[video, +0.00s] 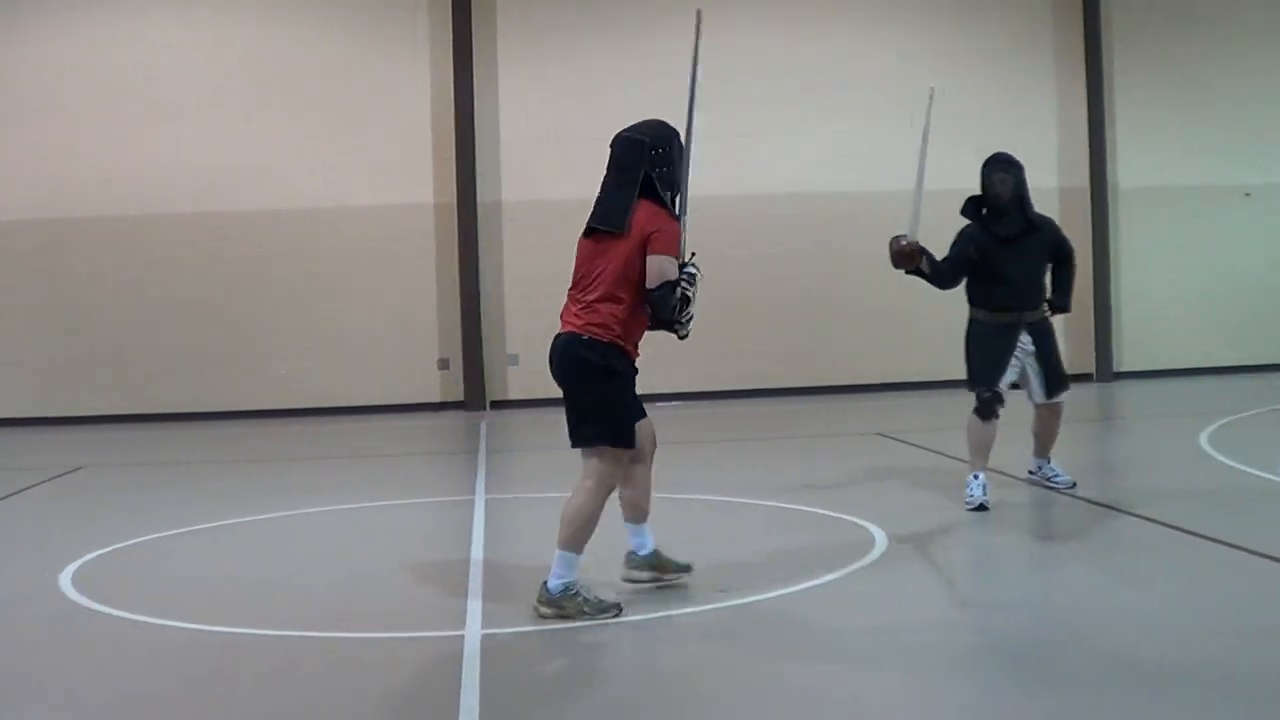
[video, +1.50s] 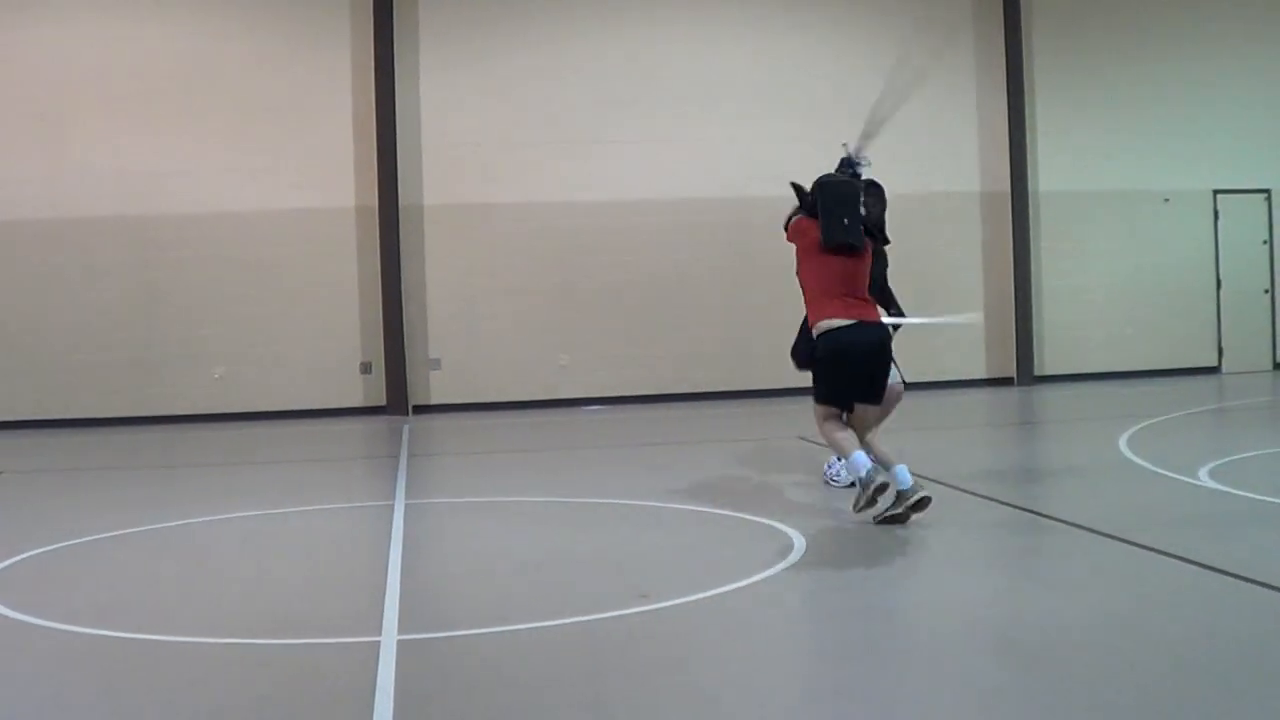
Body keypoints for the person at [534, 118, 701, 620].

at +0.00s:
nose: (680, 170)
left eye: (677, 159)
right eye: (677, 161)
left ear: (624, 163)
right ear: (664, 165)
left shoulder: (602, 213)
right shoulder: (658, 219)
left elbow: (600, 284)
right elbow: (661, 302)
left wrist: (663, 286)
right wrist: (679, 307)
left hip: (571, 347)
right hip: (601, 355)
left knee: (641, 442)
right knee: (605, 468)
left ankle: (641, 553)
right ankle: (559, 585)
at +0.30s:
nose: (688, 195)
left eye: (685, 186)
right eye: (684, 186)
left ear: (630, 190)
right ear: (673, 188)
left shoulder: (613, 236)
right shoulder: (674, 233)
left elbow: (607, 323)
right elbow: (682, 313)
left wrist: (666, 352)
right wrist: (696, 319)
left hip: (596, 363)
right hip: (608, 369)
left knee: (663, 462)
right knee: (609, 485)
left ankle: (678, 568)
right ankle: (520, 572)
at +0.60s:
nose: (733, 204)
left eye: (730, 196)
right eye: (730, 197)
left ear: (674, 198)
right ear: (719, 199)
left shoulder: (654, 246)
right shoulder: (722, 245)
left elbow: (656, 326)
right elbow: (729, 308)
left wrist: (714, 355)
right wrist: (744, 332)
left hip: (621, 372)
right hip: (661, 374)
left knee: (680, 472)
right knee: (703, 490)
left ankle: (677, 559)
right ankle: (662, 600)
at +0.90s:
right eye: (773, 232)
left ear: (725, 235)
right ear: (771, 238)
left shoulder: (706, 280)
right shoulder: (788, 280)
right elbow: (823, 326)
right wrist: (820, 290)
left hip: (695, 387)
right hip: (749, 387)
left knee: (733, 461)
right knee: (727, 494)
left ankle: (748, 545)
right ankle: (692, 571)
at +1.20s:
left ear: (817, 209)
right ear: (851, 217)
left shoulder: (799, 228)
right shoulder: (848, 256)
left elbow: (775, 207)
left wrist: (783, 207)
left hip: (783, 350)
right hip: (831, 352)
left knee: (755, 451)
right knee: (835, 436)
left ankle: (766, 526)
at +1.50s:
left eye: (807, 203)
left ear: (815, 205)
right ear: (853, 205)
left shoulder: (804, 231)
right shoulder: (865, 239)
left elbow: (794, 220)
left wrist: (820, 203)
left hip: (832, 340)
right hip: (874, 335)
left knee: (828, 419)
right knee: (859, 427)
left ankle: (866, 474)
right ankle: (906, 485)